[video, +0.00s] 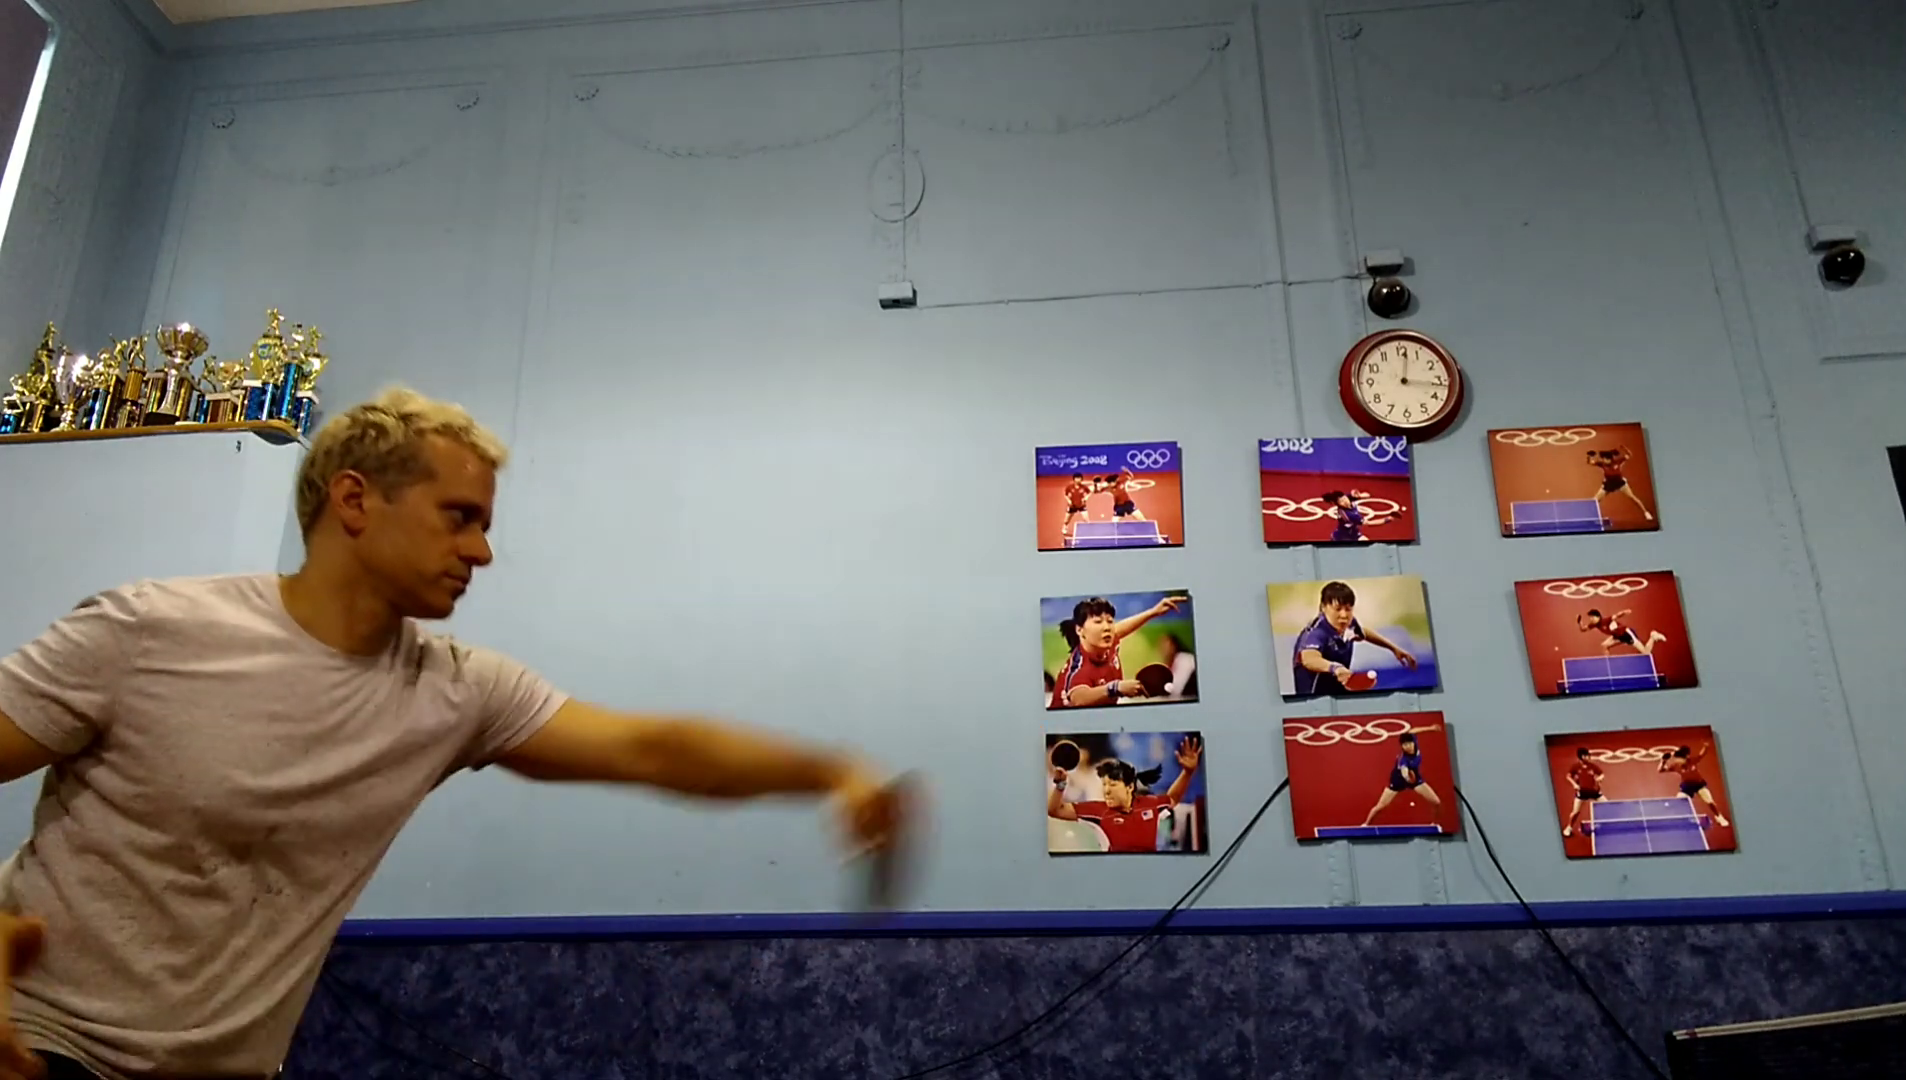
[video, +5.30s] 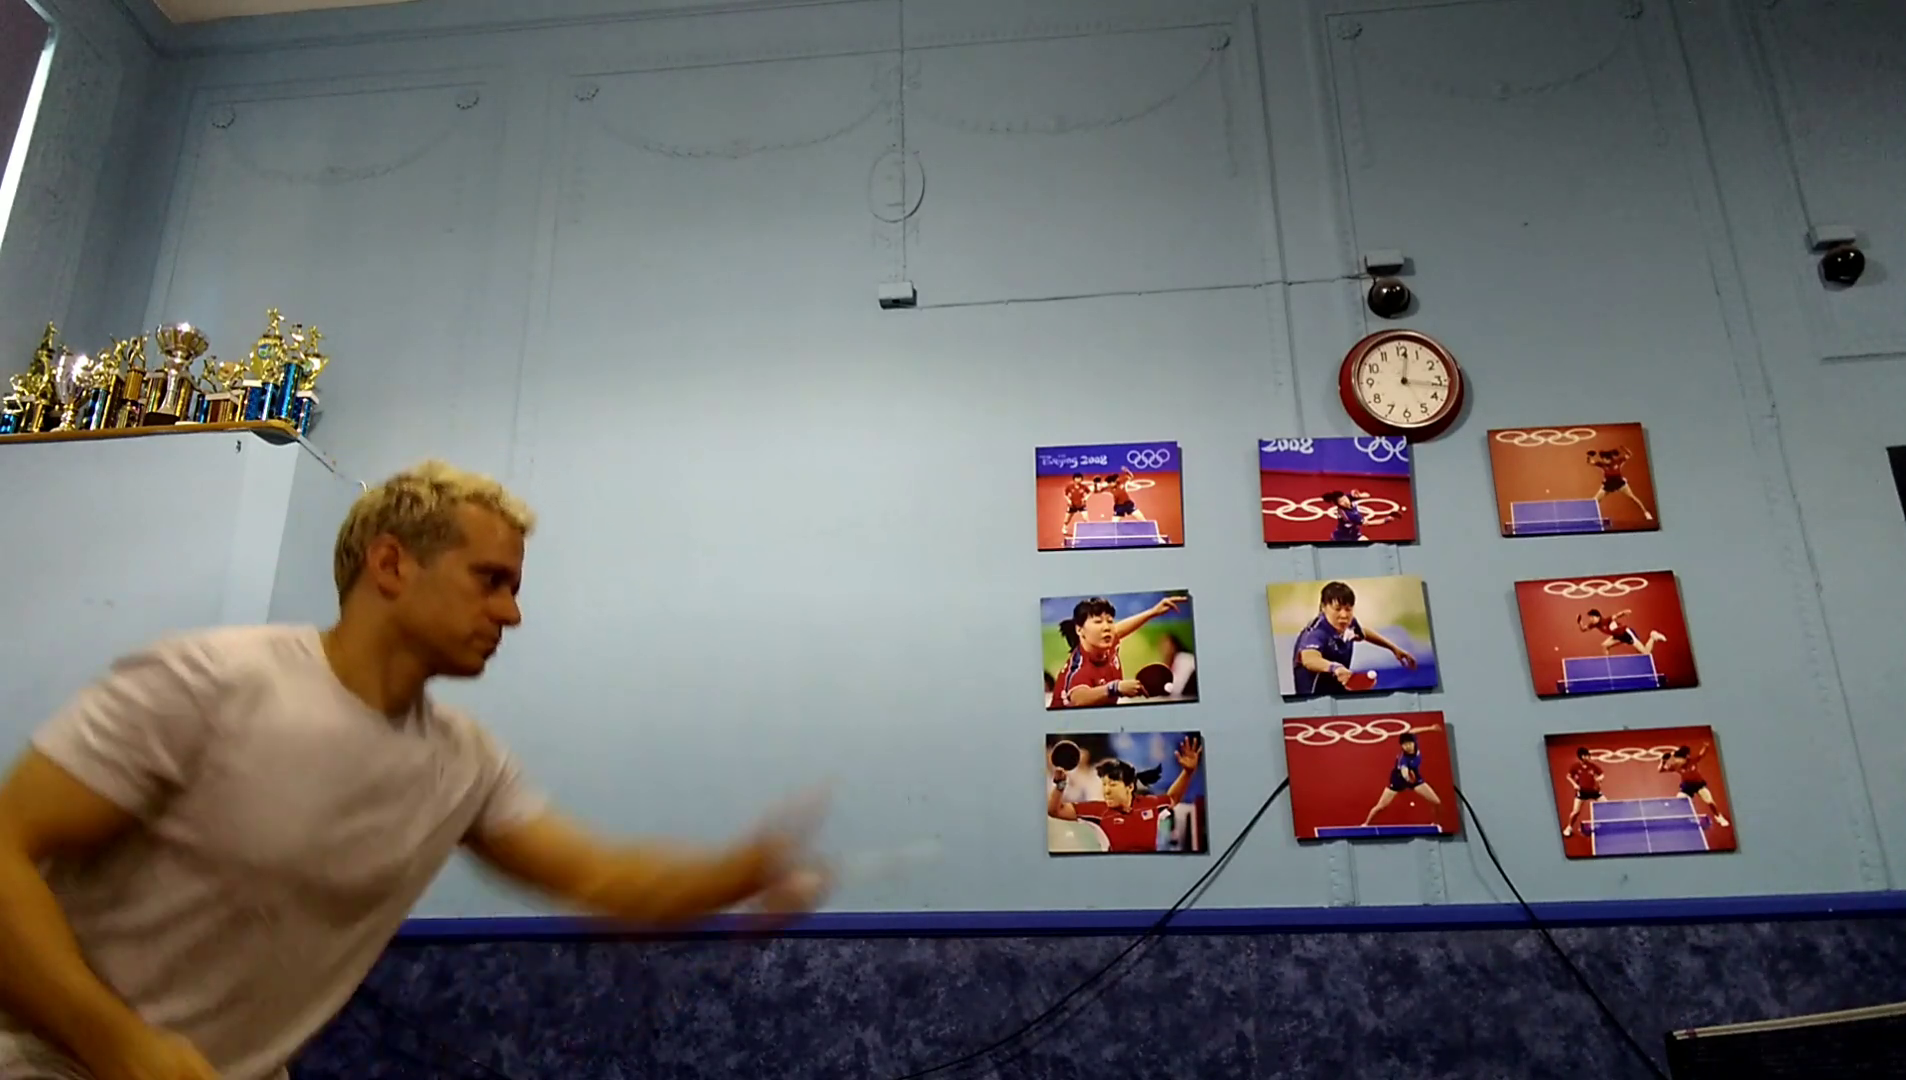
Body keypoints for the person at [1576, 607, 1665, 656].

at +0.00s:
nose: (1590, 620)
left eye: (1591, 618)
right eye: (1590, 618)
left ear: (1597, 617)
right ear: (1593, 618)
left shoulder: (1606, 620)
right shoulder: (1594, 624)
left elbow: (1617, 616)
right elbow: (1583, 630)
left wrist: (1625, 612)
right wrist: (1579, 623)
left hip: (1627, 634)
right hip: (1618, 637)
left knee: (1645, 652)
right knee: (1604, 645)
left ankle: (1653, 636)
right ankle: (1608, 666)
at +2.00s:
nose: (1591, 620)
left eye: (1591, 618)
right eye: (1590, 619)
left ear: (1597, 617)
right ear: (1593, 618)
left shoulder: (1607, 620)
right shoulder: (1595, 625)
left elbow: (1617, 615)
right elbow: (1584, 630)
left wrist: (1625, 612)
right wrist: (1579, 623)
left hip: (1627, 634)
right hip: (1618, 637)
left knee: (1646, 652)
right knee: (1604, 645)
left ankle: (1653, 636)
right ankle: (1608, 667)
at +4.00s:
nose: (1590, 620)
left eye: (1591, 618)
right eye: (1590, 618)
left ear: (1597, 617)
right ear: (1593, 618)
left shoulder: (1607, 620)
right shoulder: (1594, 624)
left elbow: (1617, 615)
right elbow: (1583, 630)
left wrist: (1626, 612)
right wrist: (1579, 623)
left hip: (1627, 634)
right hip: (1618, 637)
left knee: (1645, 652)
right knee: (1604, 645)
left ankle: (1653, 636)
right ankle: (1607, 667)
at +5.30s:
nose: (1590, 620)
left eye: (1591, 618)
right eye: (1590, 618)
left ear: (1597, 617)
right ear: (1593, 618)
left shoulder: (1607, 620)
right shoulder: (1594, 624)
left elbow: (1617, 615)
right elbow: (1583, 630)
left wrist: (1625, 612)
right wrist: (1579, 623)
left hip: (1627, 634)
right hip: (1617, 636)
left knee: (1645, 652)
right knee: (1604, 645)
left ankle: (1653, 636)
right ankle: (1608, 667)